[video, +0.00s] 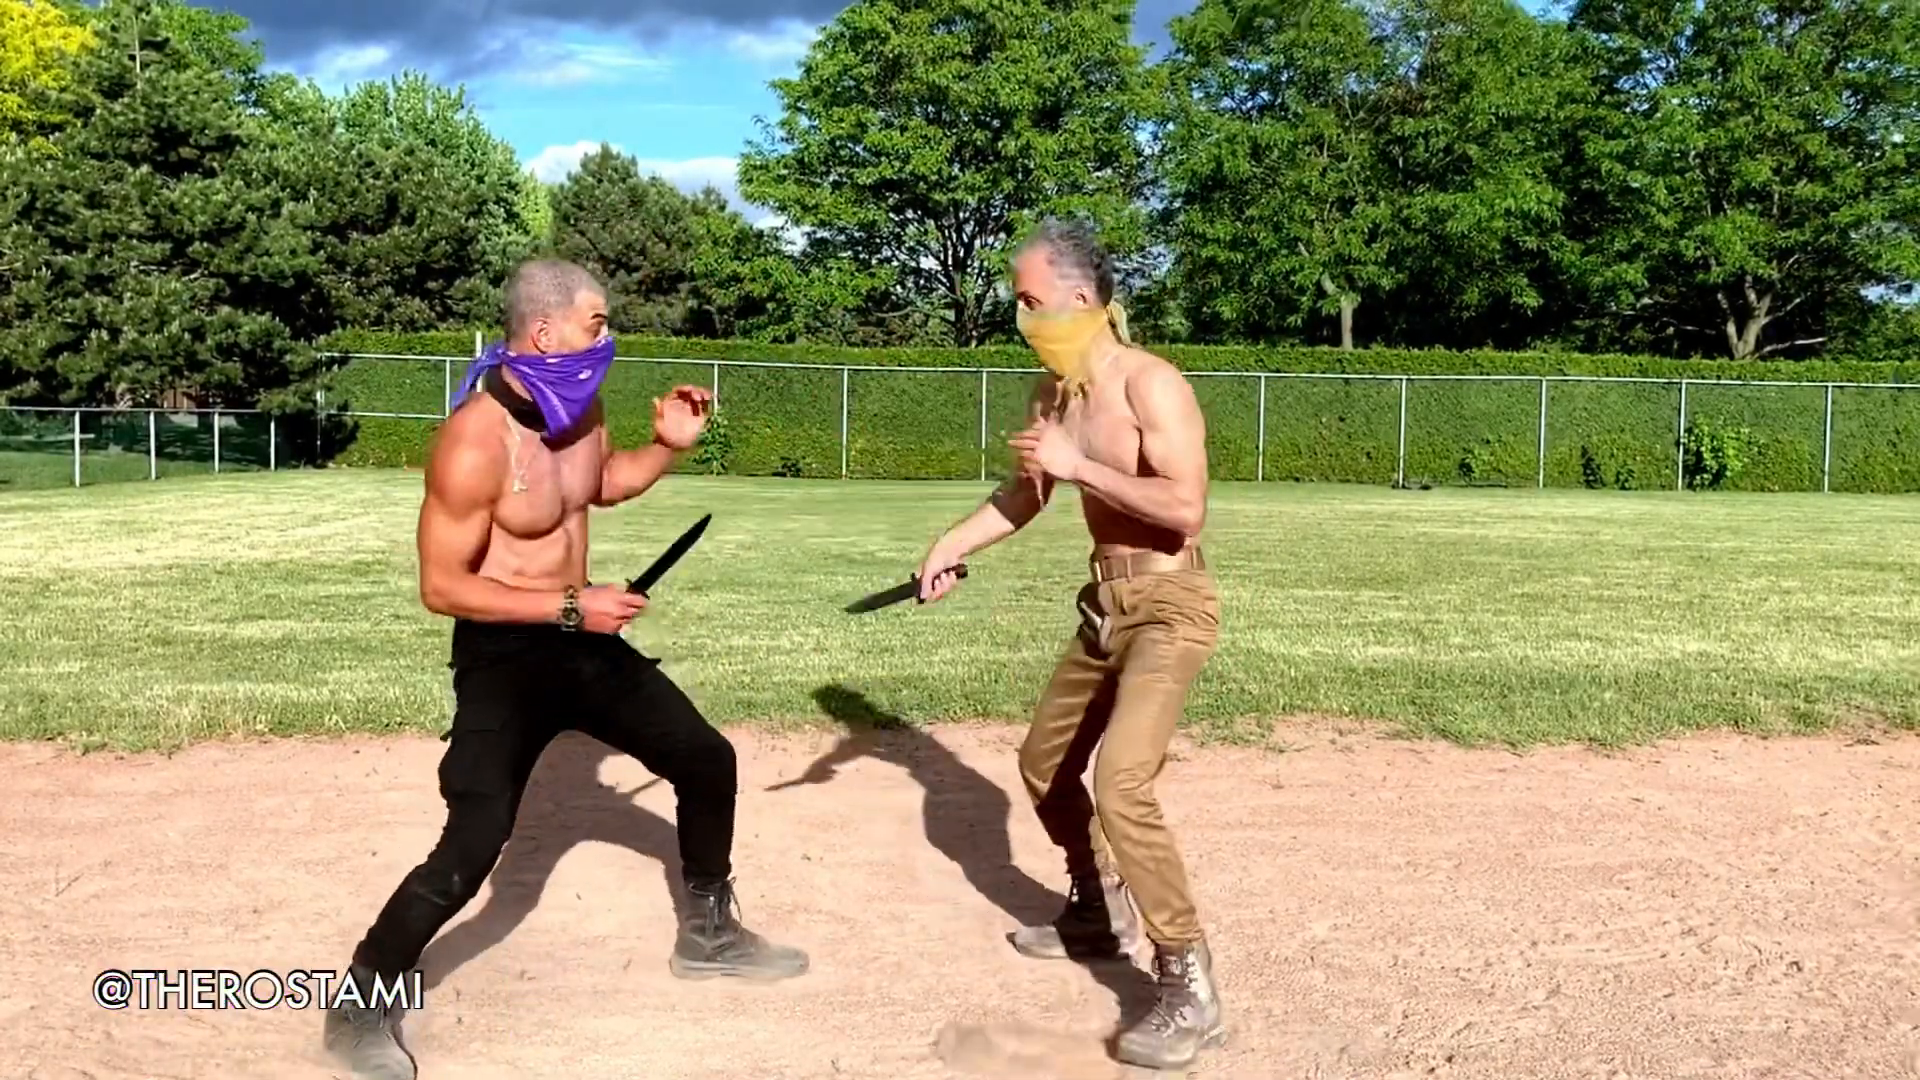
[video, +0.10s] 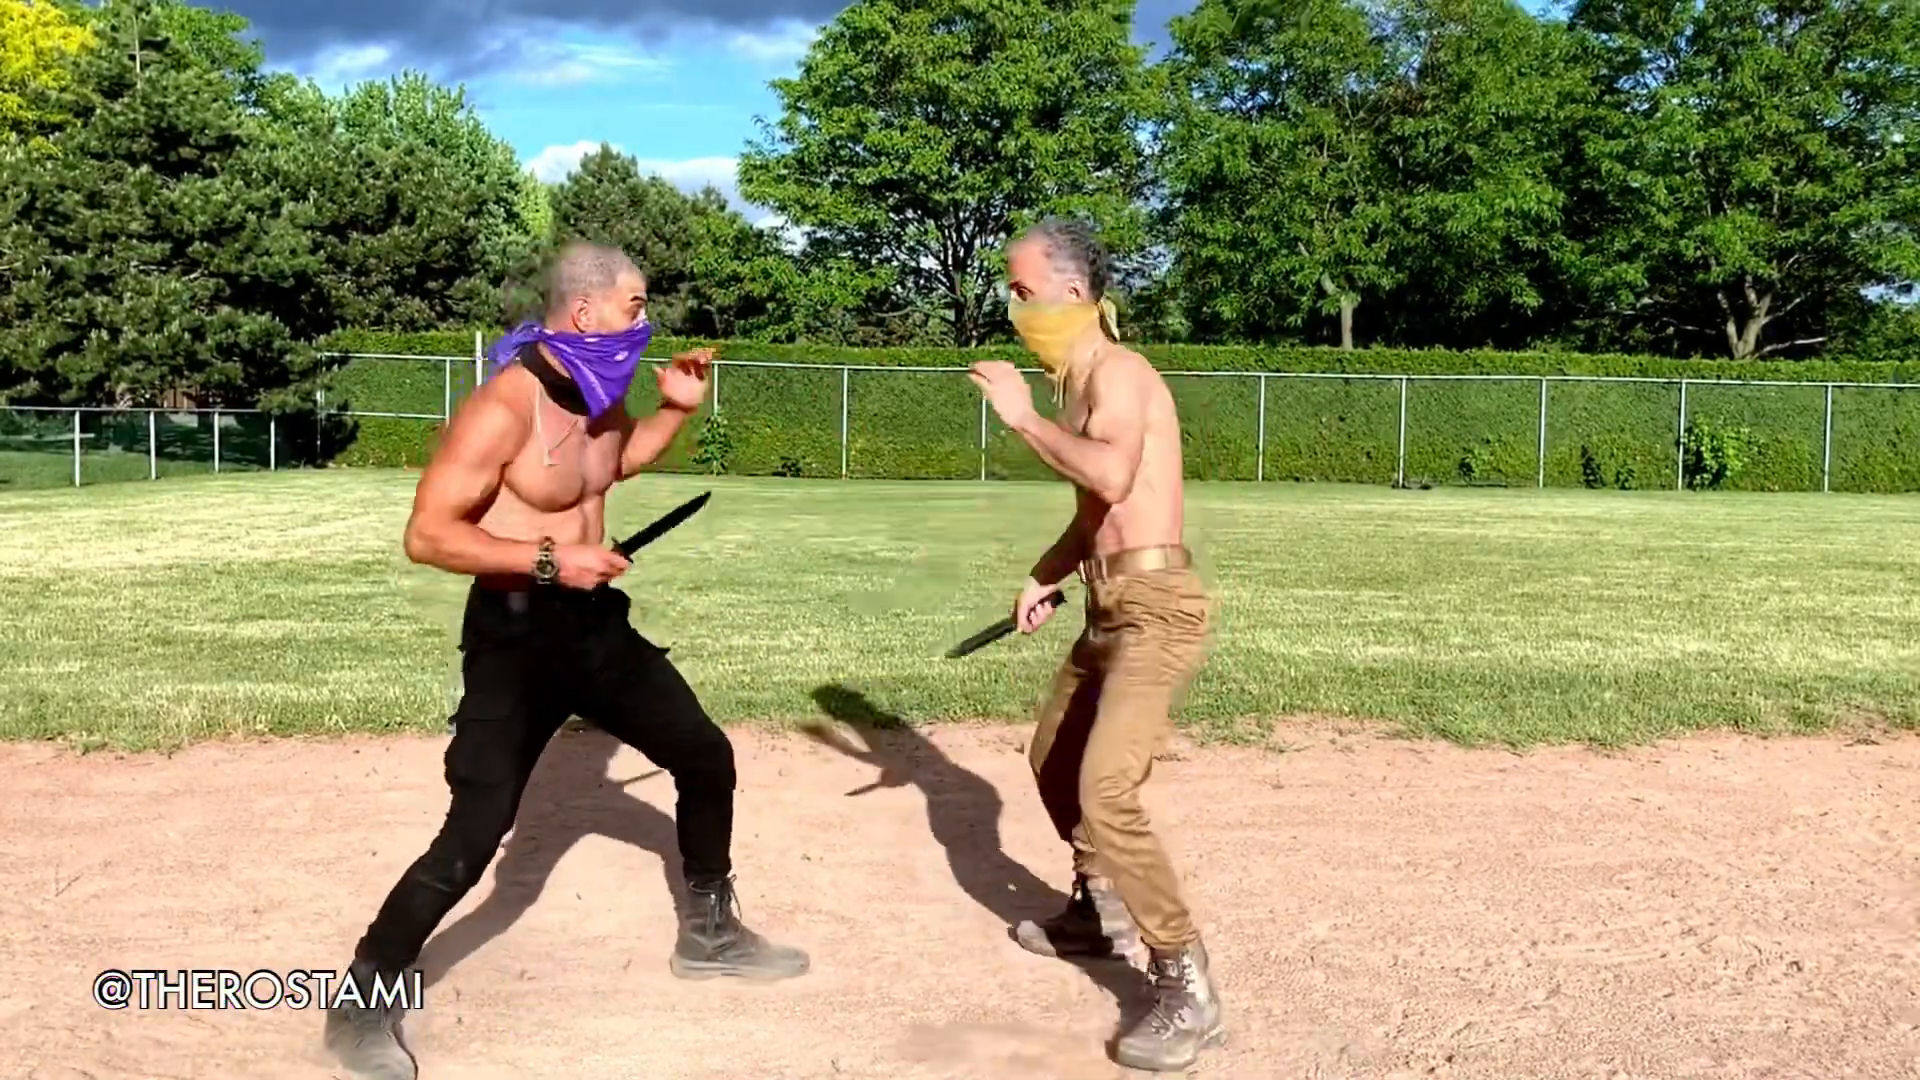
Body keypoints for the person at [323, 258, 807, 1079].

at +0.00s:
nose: (604, 343)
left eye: (604, 329)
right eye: (593, 328)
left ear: (562, 332)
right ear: (542, 333)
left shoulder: (579, 401)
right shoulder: (474, 436)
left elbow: (603, 486)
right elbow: (441, 585)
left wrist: (665, 447)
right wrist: (572, 604)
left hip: (580, 643)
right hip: (500, 656)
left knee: (707, 761)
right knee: (472, 849)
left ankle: (708, 932)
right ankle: (362, 1000)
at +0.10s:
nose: (643, 320)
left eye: (644, 307)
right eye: (633, 306)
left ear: (597, 311)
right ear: (584, 310)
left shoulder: (601, 389)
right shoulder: (504, 404)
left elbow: (619, 461)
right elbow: (426, 535)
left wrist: (677, 409)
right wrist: (549, 557)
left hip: (598, 632)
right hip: (515, 641)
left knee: (706, 757)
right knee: (472, 840)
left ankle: (708, 931)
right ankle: (363, 999)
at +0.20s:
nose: (656, 318)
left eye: (658, 302)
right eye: (647, 300)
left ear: (626, 296)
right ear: (599, 296)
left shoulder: (616, 366)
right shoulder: (521, 361)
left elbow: (694, 353)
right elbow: (485, 459)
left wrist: (718, 276)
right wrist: (605, 420)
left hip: (598, 609)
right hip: (509, 612)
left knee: (691, 759)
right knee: (455, 806)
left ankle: (710, 928)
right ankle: (366, 990)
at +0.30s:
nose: (635, 293)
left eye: (639, 281)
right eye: (627, 276)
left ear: (584, 265)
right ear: (575, 262)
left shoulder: (590, 321)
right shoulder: (495, 326)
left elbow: (657, 362)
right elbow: (569, 390)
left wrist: (688, 308)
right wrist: (664, 309)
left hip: (605, 583)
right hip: (511, 589)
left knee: (669, 745)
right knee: (449, 784)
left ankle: (713, 917)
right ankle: (370, 974)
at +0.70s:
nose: (546, 348)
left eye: (549, 333)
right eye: (540, 331)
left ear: (497, 317)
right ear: (495, 319)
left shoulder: (493, 369)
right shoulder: (424, 409)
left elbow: (579, 423)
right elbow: (502, 537)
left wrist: (579, 323)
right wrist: (577, 450)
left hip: (541, 607)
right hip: (468, 627)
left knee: (663, 737)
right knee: (458, 828)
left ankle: (657, 917)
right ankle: (360, 990)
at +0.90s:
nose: (571, 323)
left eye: (575, 311)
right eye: (565, 305)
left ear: (525, 295)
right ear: (514, 292)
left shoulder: (530, 350)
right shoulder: (434, 366)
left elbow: (596, 420)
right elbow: (433, 523)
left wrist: (624, 341)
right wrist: (545, 455)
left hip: (529, 598)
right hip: (444, 607)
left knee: (618, 754)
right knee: (428, 809)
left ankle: (637, 925)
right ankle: (355, 985)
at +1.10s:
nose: (595, 337)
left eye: (601, 323)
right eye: (585, 320)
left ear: (587, 319)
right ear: (529, 315)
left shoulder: (581, 380)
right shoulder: (444, 371)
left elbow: (638, 441)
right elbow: (352, 474)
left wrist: (712, 468)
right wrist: (463, 504)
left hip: (529, 613)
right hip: (437, 611)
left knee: (631, 758)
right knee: (407, 806)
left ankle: (639, 928)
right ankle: (338, 986)